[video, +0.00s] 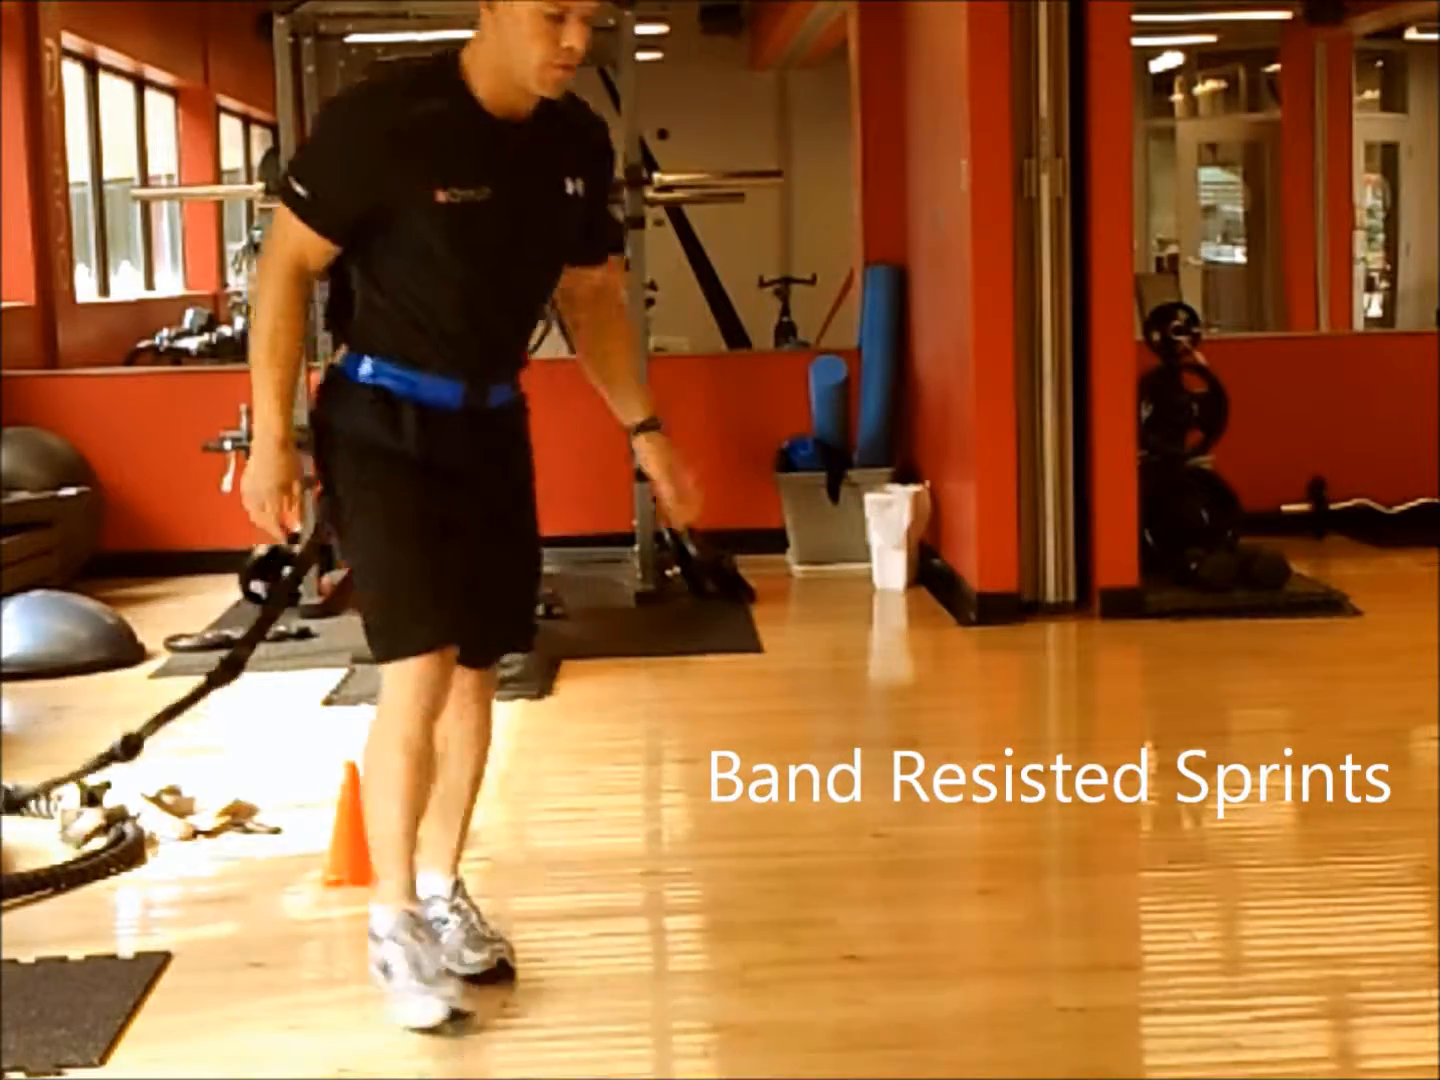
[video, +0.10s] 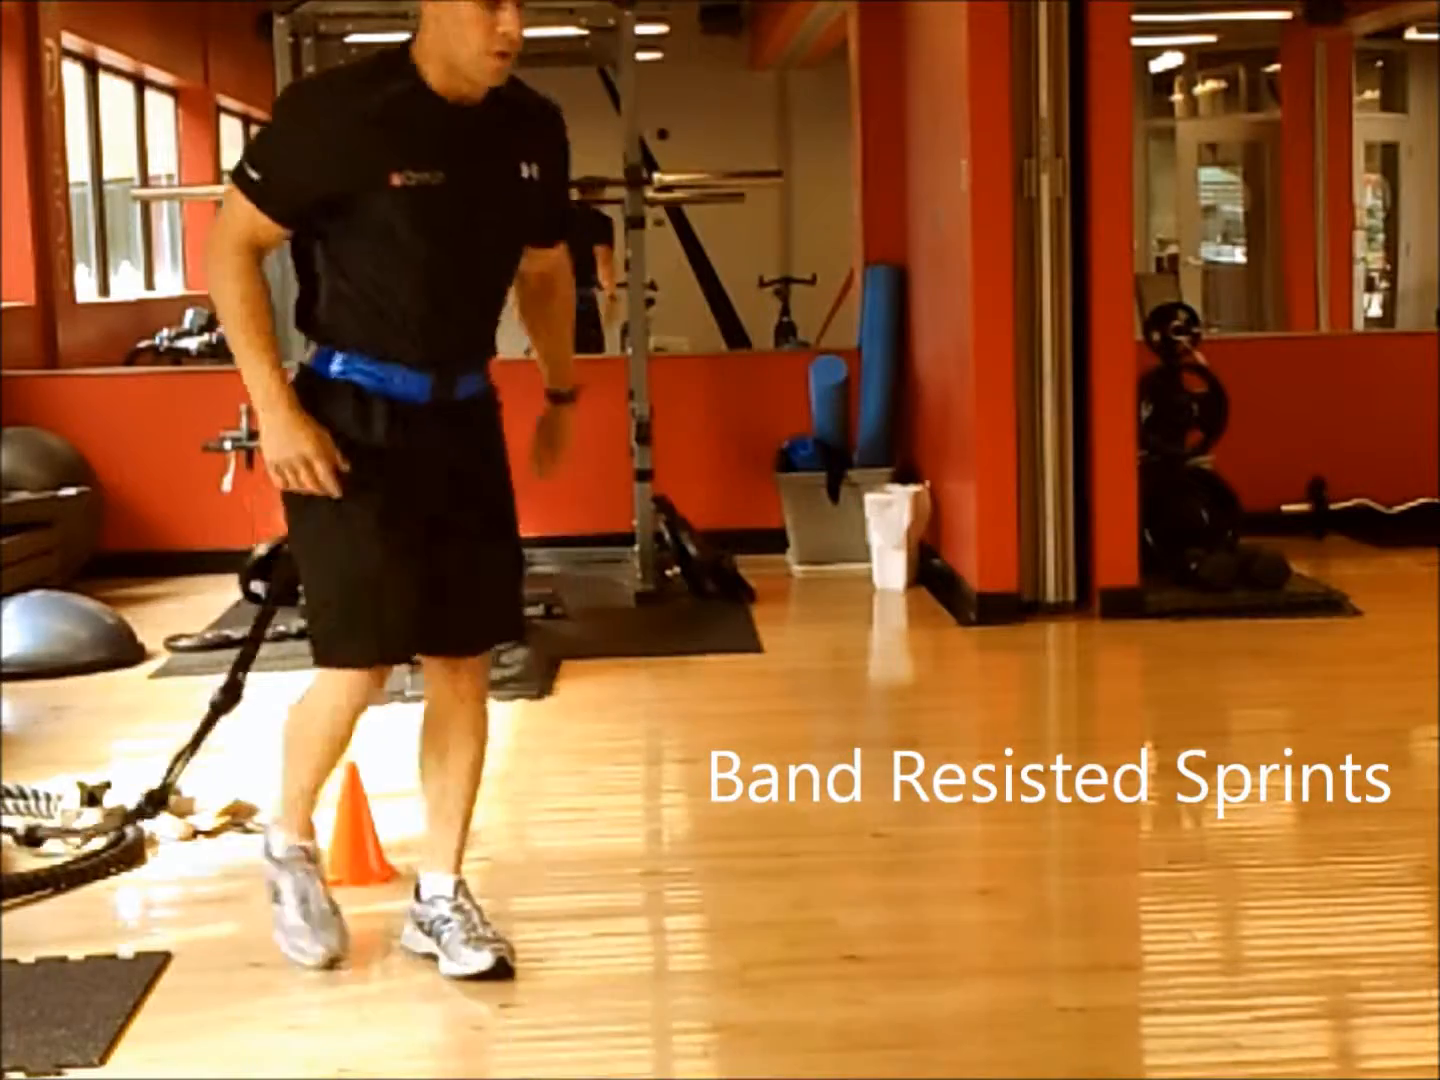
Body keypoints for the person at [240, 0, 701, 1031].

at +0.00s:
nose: (576, 42)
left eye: (589, 24)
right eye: (555, 19)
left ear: (595, 29)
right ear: (491, 11)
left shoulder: (577, 141)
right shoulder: (379, 117)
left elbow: (595, 298)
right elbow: (286, 267)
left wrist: (646, 427)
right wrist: (269, 436)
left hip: (491, 420)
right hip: (381, 415)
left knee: (474, 664)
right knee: (420, 660)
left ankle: (437, 891)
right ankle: (392, 923)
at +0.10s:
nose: (514, 23)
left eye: (520, 5)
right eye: (490, 4)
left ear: (522, 15)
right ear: (429, 11)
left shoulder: (532, 125)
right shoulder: (333, 113)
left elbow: (544, 270)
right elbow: (230, 251)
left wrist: (561, 388)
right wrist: (274, 409)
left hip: (463, 419)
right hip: (347, 416)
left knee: (461, 662)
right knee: (358, 657)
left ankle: (442, 889)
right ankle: (288, 840)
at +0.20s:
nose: (465, 45)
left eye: (475, 26)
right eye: (443, 22)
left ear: (477, 33)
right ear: (381, 19)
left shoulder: (481, 140)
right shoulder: (290, 128)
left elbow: (498, 265)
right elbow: (196, 270)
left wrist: (507, 368)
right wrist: (273, 404)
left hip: (431, 428)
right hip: (313, 432)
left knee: (450, 653)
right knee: (299, 648)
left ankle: (437, 893)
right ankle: (216, 805)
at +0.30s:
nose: (413, 65)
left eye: (422, 45)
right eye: (394, 41)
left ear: (426, 44)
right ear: (329, 33)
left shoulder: (424, 147)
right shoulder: (244, 141)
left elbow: (438, 276)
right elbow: (172, 288)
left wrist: (469, 381)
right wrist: (260, 408)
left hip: (386, 432)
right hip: (266, 438)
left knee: (421, 653)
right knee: (238, 650)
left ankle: (436, 893)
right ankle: (192, 818)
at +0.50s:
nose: (313, 104)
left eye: (324, 84)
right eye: (295, 84)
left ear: (331, 77)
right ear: (236, 69)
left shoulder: (339, 167)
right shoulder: (162, 175)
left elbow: (359, 299)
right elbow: (103, 323)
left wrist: (404, 412)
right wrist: (197, 426)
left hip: (309, 441)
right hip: (193, 450)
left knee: (359, 642)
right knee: (178, 661)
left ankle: (405, 868)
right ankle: (180, 847)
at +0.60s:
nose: (289, 75)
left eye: (300, 57)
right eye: (270, 54)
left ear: (311, 55)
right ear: (211, 44)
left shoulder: (320, 152)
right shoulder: (134, 156)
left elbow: (348, 277)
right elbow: (83, 308)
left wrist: (366, 382)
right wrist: (153, 424)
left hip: (291, 423)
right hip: (175, 431)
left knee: (341, 617)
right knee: (172, 650)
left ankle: (340, 836)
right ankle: (175, 837)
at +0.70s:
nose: (271, 70)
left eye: (280, 49)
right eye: (250, 48)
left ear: (286, 49)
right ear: (191, 42)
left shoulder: (306, 151)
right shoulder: (117, 156)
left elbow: (336, 273)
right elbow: (59, 300)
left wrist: (349, 377)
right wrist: (119, 433)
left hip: (278, 423)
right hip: (168, 430)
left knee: (319, 621)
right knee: (170, 646)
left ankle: (267, 809)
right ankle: (177, 840)